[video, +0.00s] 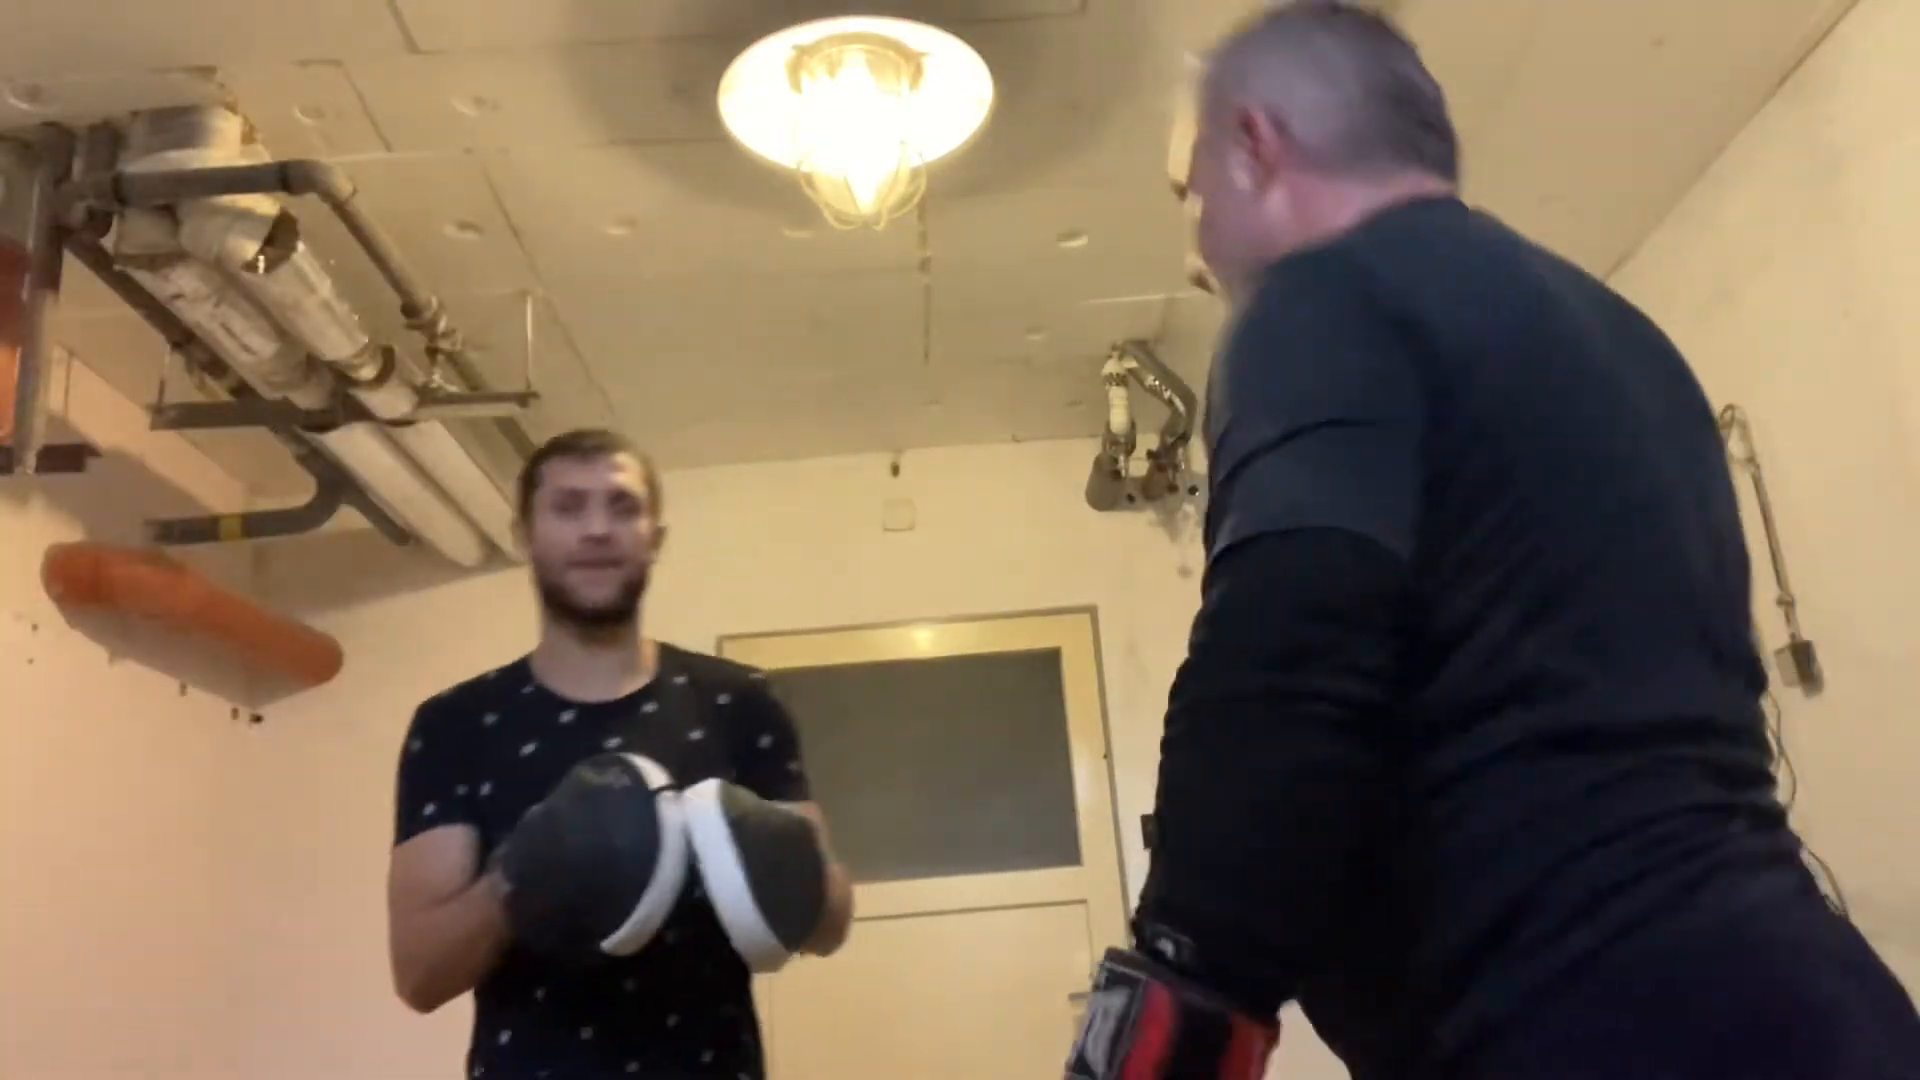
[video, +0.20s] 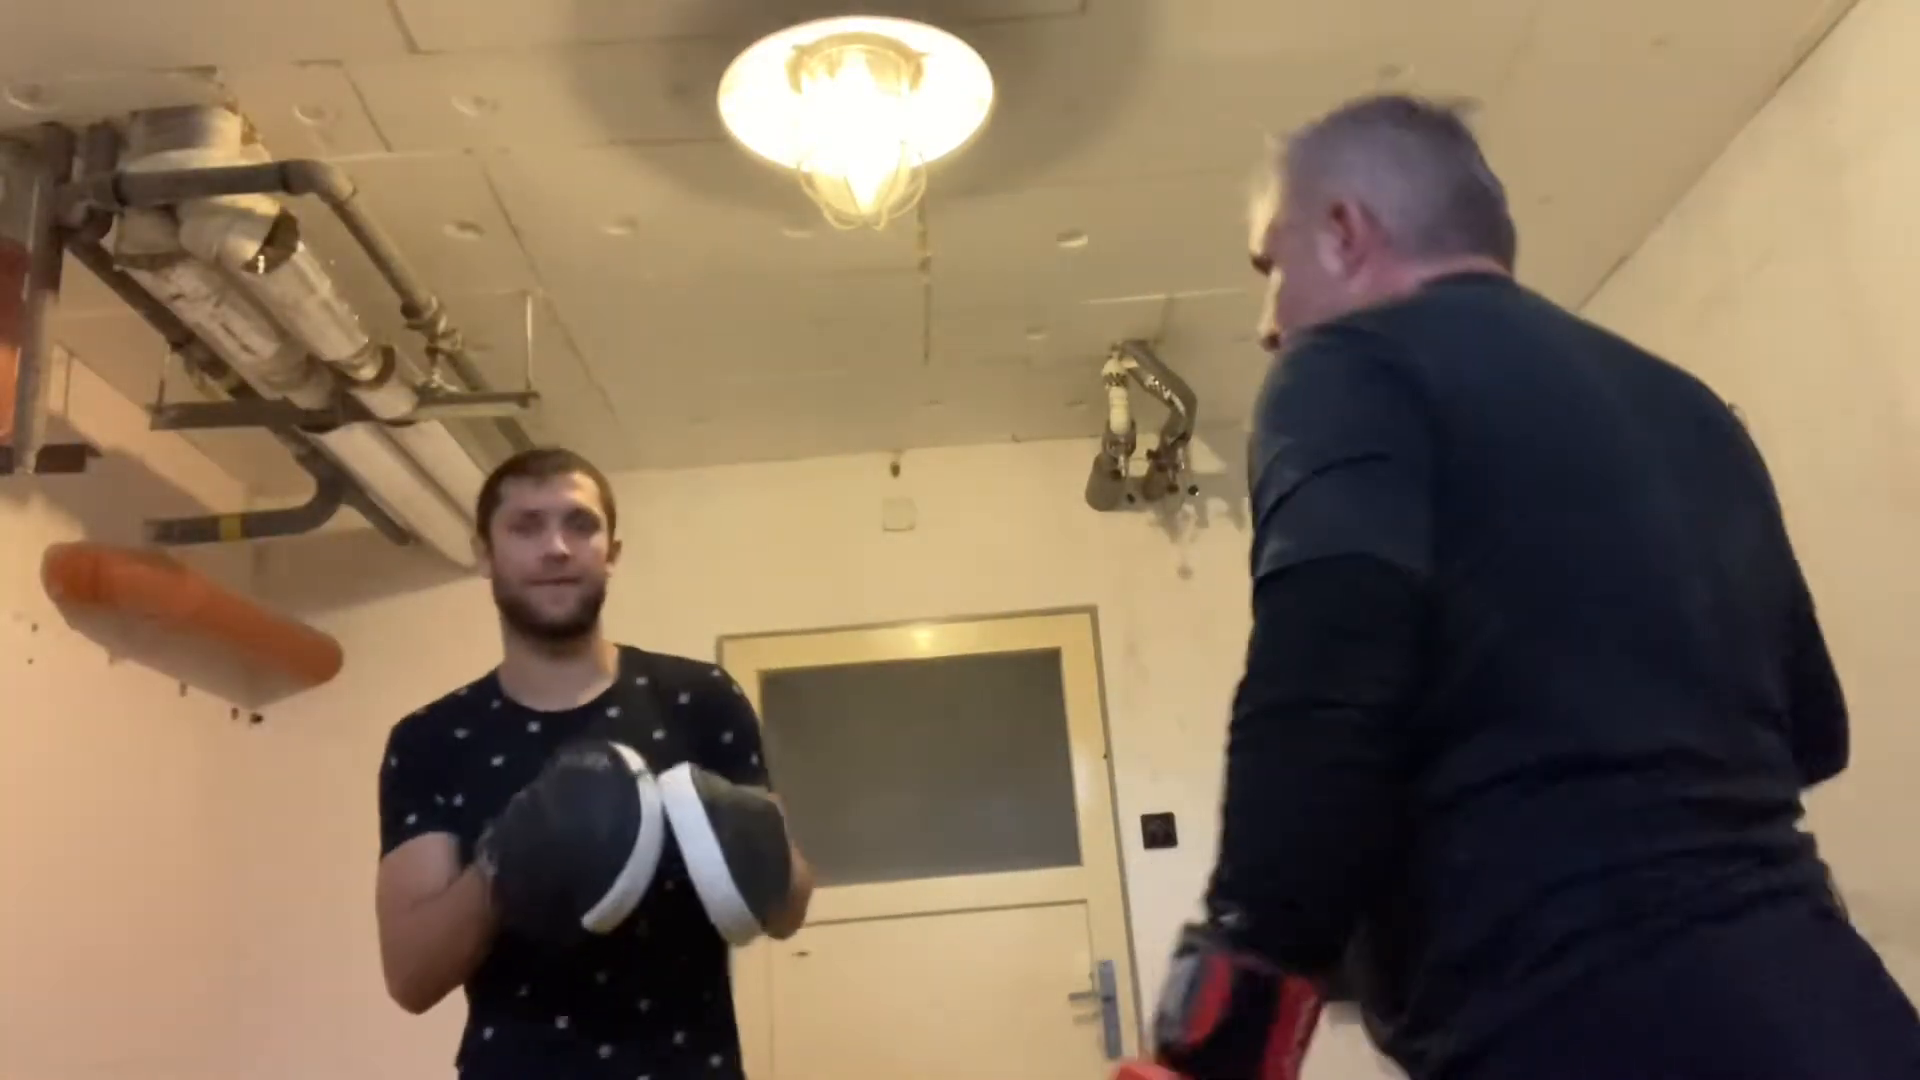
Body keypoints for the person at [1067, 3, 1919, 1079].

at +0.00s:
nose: (1199, 251)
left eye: (1196, 192)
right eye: (1191, 203)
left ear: (1261, 149)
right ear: (1422, 149)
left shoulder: (1333, 297)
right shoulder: (1625, 331)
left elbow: (1294, 641)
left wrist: (1197, 973)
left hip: (1542, 1006)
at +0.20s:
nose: (1267, 327)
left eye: (1271, 268)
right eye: (1264, 277)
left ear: (1347, 237)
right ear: (1486, 240)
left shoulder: (1352, 368)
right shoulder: (1684, 401)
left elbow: (1333, 658)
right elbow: (1811, 724)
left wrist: (1248, 964)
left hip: (1550, 1017)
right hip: (1827, 989)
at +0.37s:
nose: (1280, 348)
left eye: (1280, 301)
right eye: (1272, 312)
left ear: (1357, 274)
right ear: (1483, 272)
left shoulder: (1354, 387)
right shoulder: (1672, 423)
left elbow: (1340, 681)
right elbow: (1788, 734)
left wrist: (1230, 942)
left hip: (1536, 1001)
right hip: (1801, 977)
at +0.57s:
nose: (1213, 414)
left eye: (1209, 368)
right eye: (1199, 378)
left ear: (1271, 337)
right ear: (1392, 319)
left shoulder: (1292, 461)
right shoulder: (1592, 455)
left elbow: (1257, 727)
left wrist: (1108, 789)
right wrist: (1318, 783)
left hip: (1474, 1021)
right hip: (1737, 996)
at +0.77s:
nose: (1104, 470)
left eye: (1095, 431)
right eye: (1089, 437)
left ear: (1140, 396)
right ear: (1261, 362)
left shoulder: (1159, 528)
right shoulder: (1481, 469)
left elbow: (1082, 845)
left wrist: (1050, 705)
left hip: (1359, 1030)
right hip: (1618, 1004)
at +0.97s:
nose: (1080, 476)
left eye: (1070, 433)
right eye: (1067, 440)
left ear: (1116, 401)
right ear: (1240, 374)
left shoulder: (1115, 533)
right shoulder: (1448, 479)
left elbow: (1039, 835)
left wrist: (1016, 694)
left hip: (1305, 1019)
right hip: (1565, 993)